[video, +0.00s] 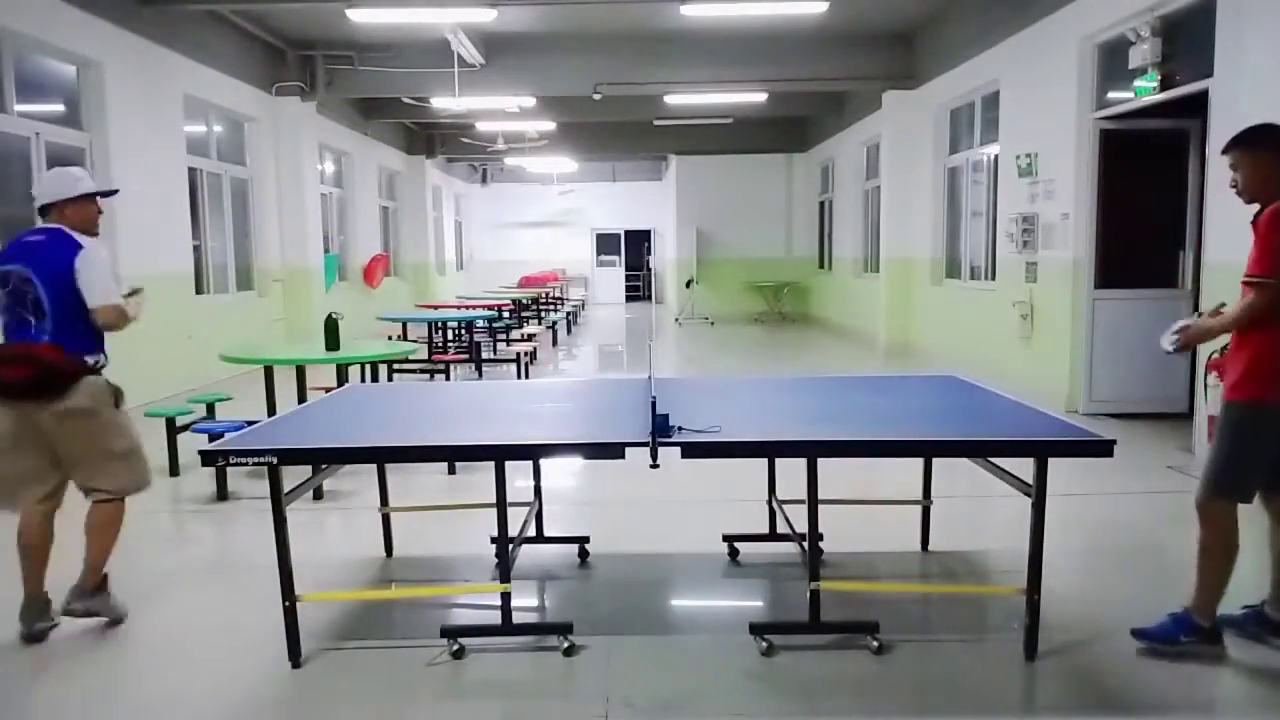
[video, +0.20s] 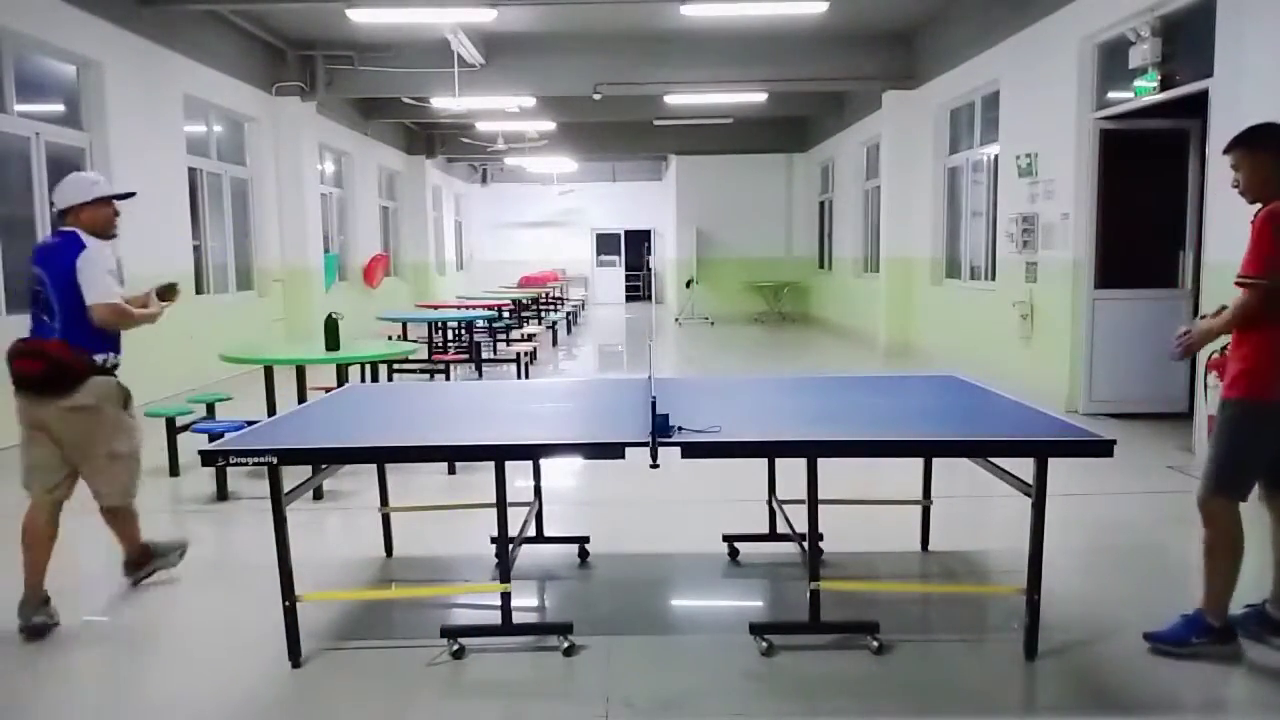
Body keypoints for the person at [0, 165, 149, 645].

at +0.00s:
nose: (100, 208)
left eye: (97, 200)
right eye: (92, 201)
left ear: (51, 208)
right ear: (68, 207)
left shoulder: (12, 250)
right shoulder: (81, 251)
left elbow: (14, 318)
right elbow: (107, 317)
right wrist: (129, 309)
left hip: (14, 394)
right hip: (73, 392)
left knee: (36, 497)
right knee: (112, 484)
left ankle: (34, 608)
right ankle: (90, 589)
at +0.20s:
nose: (116, 211)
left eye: (113, 204)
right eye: (107, 205)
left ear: (74, 213)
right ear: (81, 211)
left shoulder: (45, 251)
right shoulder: (87, 250)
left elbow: (85, 306)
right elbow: (103, 314)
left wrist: (143, 297)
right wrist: (145, 315)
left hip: (36, 388)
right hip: (84, 387)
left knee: (44, 494)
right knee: (113, 479)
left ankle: (33, 603)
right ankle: (138, 555)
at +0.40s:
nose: (158, 227)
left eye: (156, 219)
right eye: (150, 220)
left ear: (116, 225)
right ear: (127, 224)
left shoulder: (92, 259)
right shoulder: (134, 265)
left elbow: (135, 310)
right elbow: (149, 326)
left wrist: (193, 299)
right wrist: (192, 317)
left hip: (89, 388)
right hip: (132, 387)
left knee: (99, 471)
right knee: (157, 465)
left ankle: (60, 545)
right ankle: (149, 554)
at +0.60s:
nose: (187, 220)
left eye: (186, 213)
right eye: (179, 213)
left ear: (158, 219)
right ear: (154, 217)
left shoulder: (155, 253)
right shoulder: (146, 252)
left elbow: (174, 307)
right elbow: (147, 312)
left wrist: (213, 327)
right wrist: (209, 307)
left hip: (151, 372)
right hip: (150, 374)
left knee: (166, 458)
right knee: (165, 461)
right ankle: (147, 557)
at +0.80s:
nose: (218, 232)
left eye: (218, 224)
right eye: (211, 224)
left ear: (206, 226)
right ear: (185, 225)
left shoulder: (209, 266)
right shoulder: (165, 260)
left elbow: (215, 319)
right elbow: (153, 311)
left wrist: (253, 341)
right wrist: (217, 298)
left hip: (200, 375)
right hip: (174, 375)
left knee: (215, 452)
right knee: (181, 469)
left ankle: (229, 517)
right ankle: (150, 551)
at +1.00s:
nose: (245, 231)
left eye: (246, 223)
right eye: (237, 224)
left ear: (242, 226)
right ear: (212, 225)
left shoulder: (246, 261)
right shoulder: (192, 258)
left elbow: (266, 300)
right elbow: (162, 301)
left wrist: (292, 317)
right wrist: (213, 299)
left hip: (238, 367)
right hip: (203, 366)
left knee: (248, 440)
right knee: (209, 453)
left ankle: (233, 517)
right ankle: (163, 534)